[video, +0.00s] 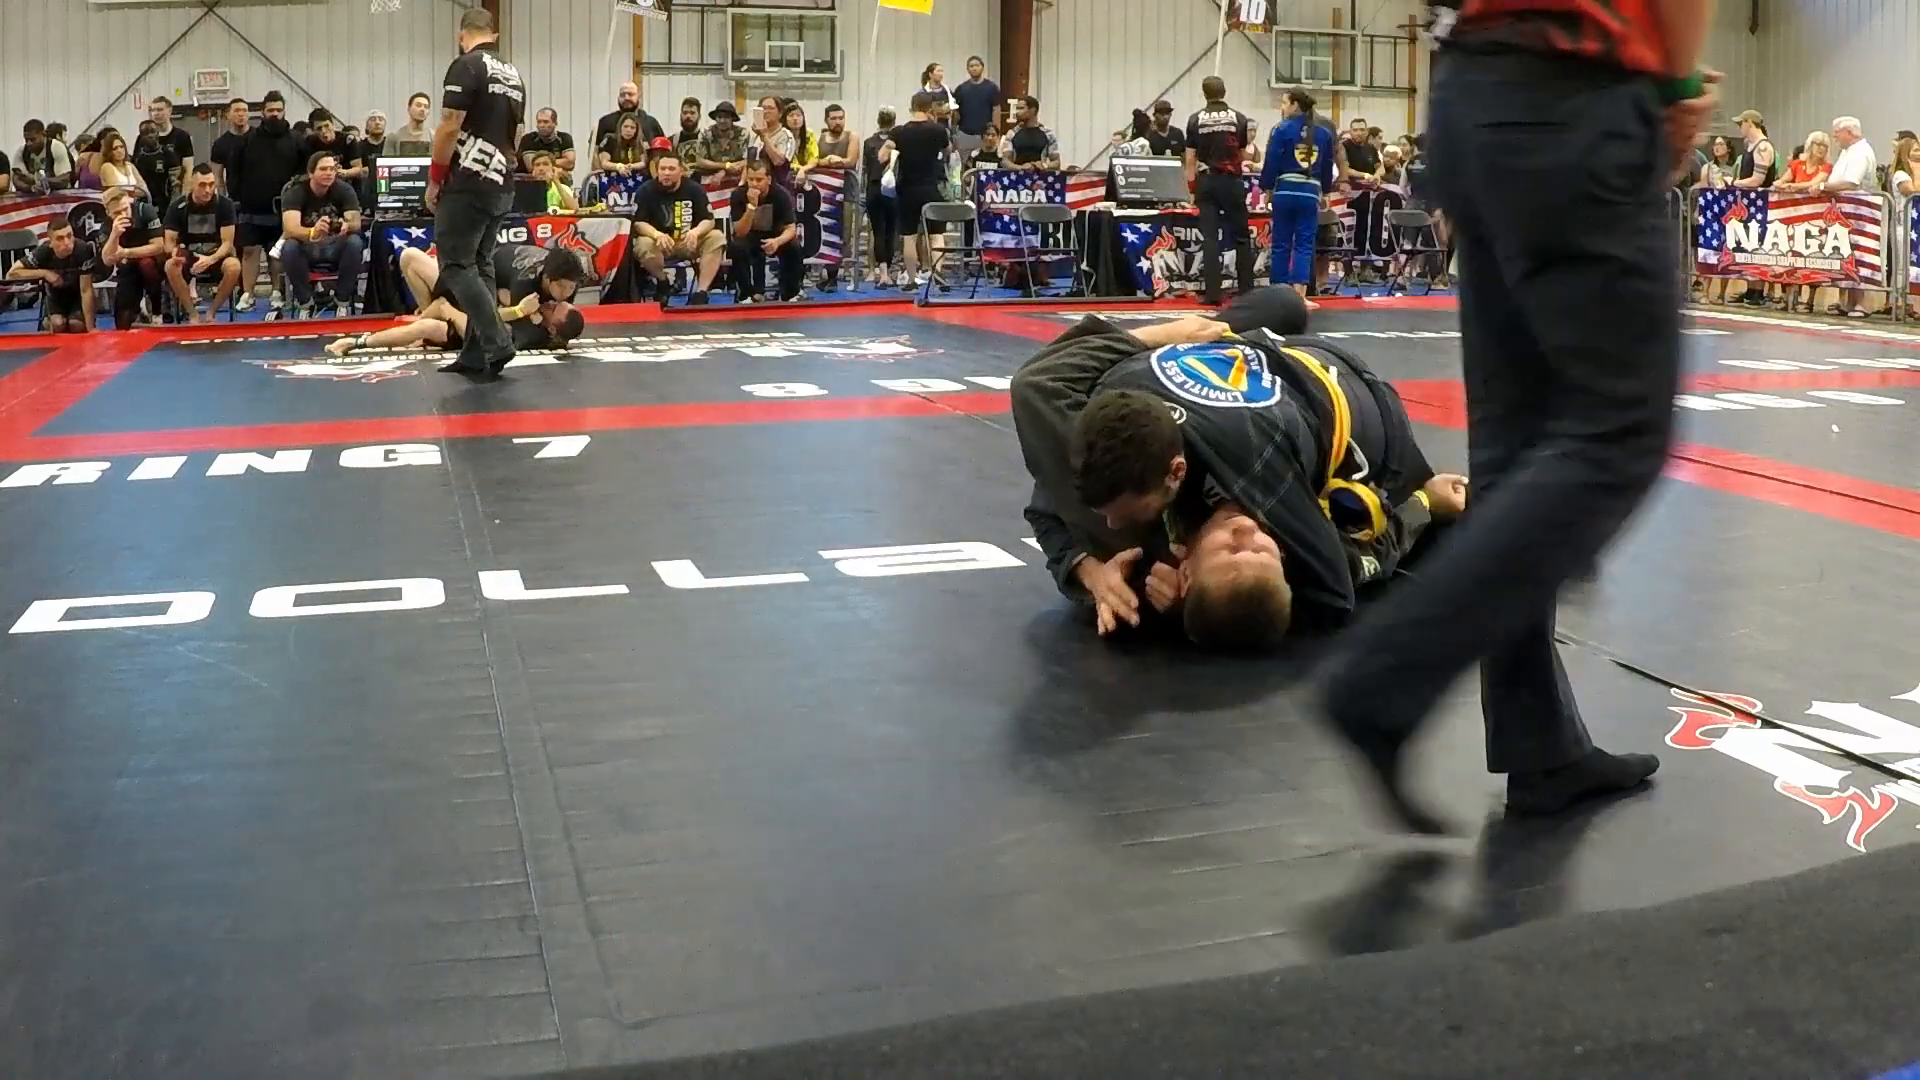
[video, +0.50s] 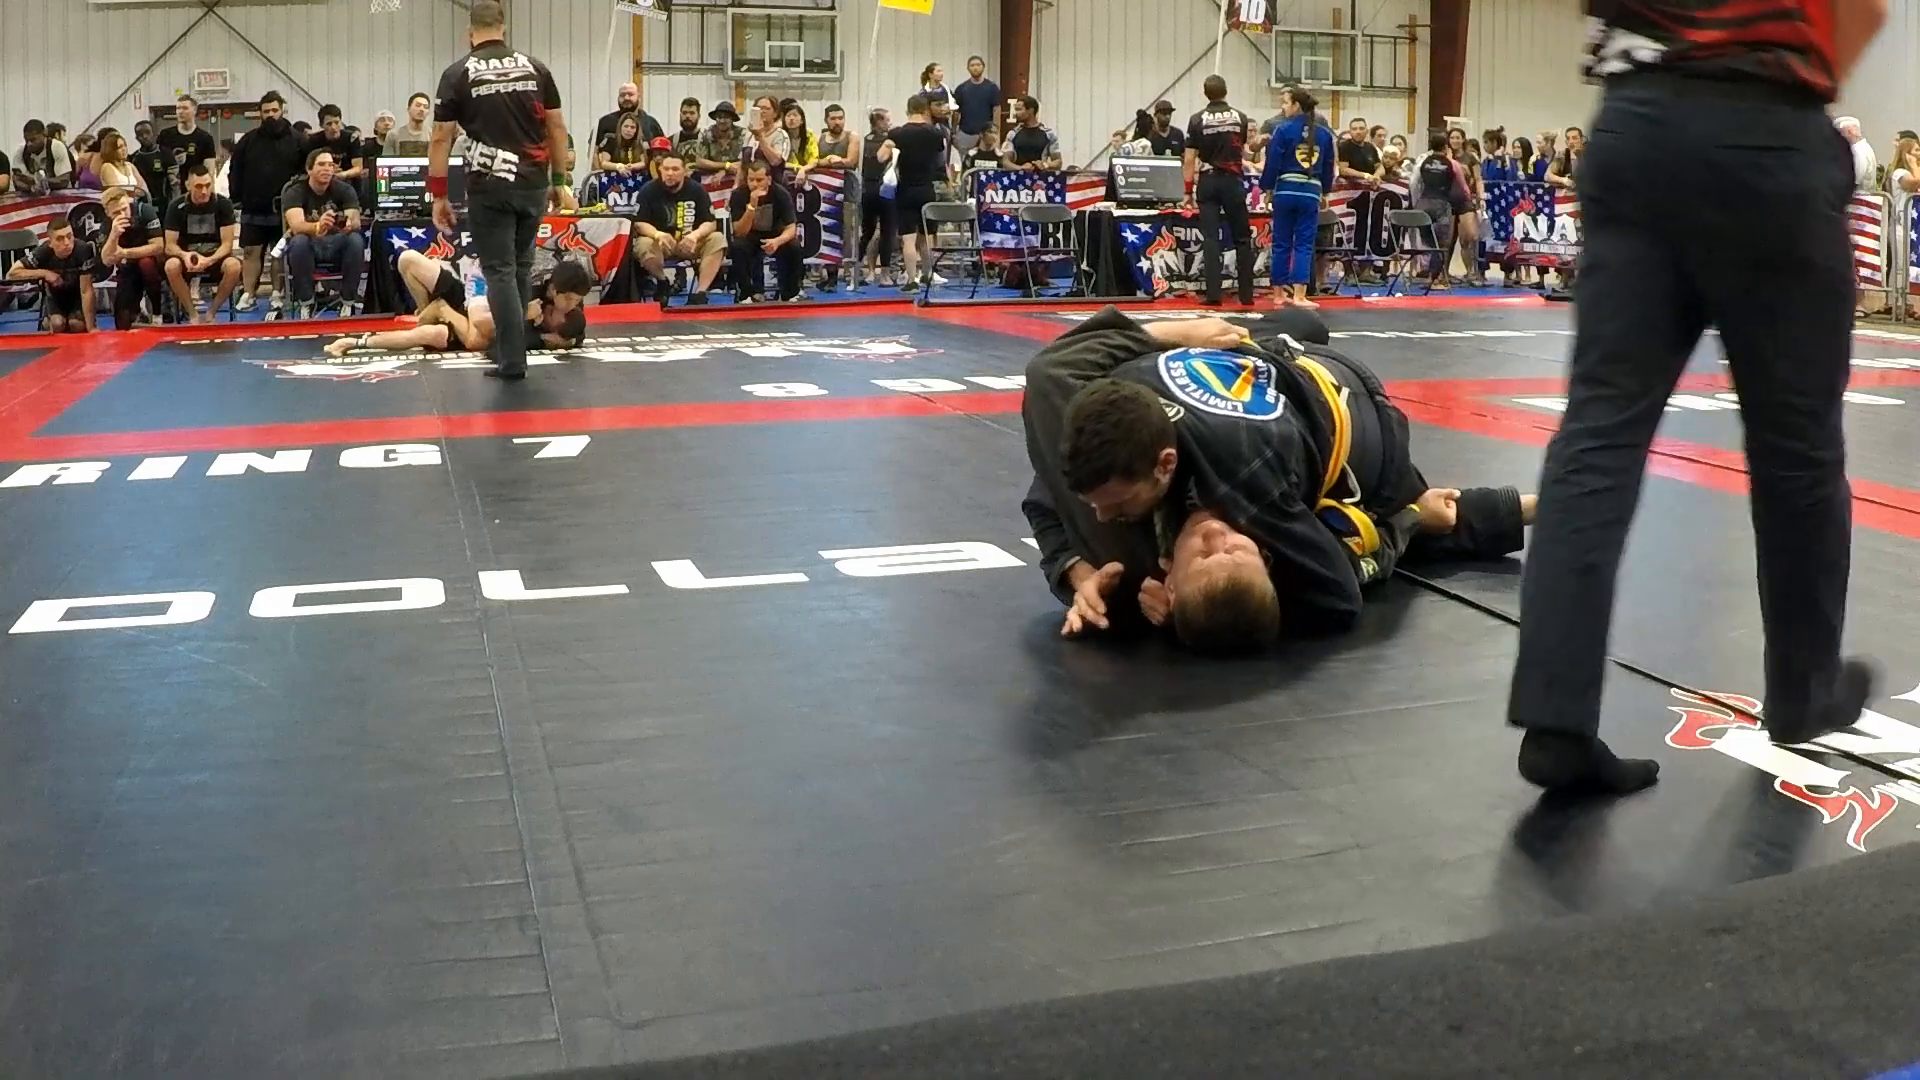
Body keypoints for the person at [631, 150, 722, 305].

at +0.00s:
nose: (666, 173)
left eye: (671, 169)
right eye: (663, 169)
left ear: (681, 171)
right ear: (657, 171)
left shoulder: (694, 189)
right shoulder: (646, 190)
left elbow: (708, 220)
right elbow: (639, 222)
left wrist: (695, 233)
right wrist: (657, 235)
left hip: (688, 243)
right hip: (659, 244)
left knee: (716, 237)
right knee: (644, 244)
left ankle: (701, 292)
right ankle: (662, 281)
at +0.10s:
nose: (667, 173)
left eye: (672, 169)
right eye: (663, 169)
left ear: (681, 171)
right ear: (657, 170)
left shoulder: (694, 189)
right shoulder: (647, 190)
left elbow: (709, 220)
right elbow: (639, 223)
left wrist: (695, 234)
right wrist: (658, 236)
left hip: (688, 242)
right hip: (659, 242)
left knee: (717, 238)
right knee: (644, 244)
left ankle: (701, 292)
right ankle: (662, 281)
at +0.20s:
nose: (667, 173)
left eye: (672, 169)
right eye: (663, 169)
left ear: (682, 171)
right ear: (657, 170)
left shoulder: (694, 189)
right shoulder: (647, 190)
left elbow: (709, 221)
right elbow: (639, 223)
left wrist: (694, 235)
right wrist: (658, 236)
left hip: (689, 243)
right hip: (659, 243)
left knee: (717, 238)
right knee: (644, 244)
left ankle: (701, 293)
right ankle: (662, 281)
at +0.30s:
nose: (668, 173)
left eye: (673, 169)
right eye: (664, 168)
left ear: (682, 171)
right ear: (658, 170)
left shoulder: (695, 189)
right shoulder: (648, 190)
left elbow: (709, 221)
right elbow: (640, 223)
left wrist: (694, 235)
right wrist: (658, 235)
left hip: (689, 244)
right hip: (660, 244)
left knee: (717, 239)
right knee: (644, 244)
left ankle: (700, 293)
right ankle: (662, 281)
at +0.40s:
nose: (669, 173)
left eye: (674, 169)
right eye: (665, 168)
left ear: (683, 171)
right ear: (659, 170)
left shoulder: (695, 189)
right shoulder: (648, 190)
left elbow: (710, 222)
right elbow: (639, 223)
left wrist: (695, 235)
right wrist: (657, 235)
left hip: (689, 244)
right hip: (660, 244)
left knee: (717, 239)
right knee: (644, 244)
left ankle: (700, 293)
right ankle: (662, 281)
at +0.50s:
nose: (670, 174)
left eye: (675, 169)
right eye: (666, 169)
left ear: (684, 171)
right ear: (660, 170)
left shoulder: (696, 189)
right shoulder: (649, 190)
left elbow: (710, 222)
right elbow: (639, 223)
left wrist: (695, 235)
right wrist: (658, 234)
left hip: (689, 243)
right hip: (660, 243)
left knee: (717, 240)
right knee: (644, 244)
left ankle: (700, 293)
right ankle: (662, 281)